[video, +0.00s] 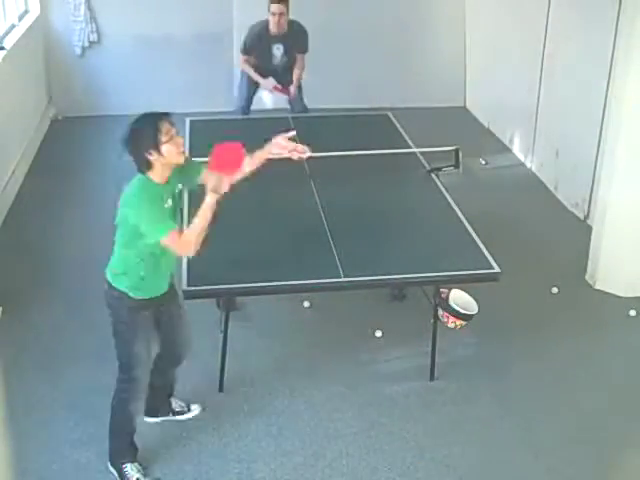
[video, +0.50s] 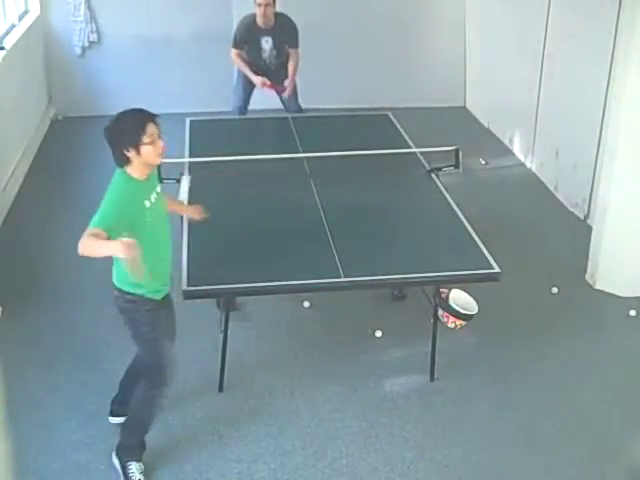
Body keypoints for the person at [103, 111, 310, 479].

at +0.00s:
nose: (181, 142)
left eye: (177, 135)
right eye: (171, 139)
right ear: (151, 154)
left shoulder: (178, 172)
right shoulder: (139, 200)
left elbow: (227, 173)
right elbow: (187, 245)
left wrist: (268, 150)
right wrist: (212, 196)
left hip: (162, 286)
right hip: (129, 294)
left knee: (174, 349)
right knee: (134, 375)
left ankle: (158, 406)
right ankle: (121, 458)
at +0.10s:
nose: (171, 135)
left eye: (165, 129)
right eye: (161, 133)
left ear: (148, 146)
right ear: (143, 149)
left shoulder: (171, 170)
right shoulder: (134, 195)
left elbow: (220, 175)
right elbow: (165, 254)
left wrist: (266, 156)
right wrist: (201, 206)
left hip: (160, 286)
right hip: (128, 295)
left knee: (171, 349)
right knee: (133, 378)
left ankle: (157, 405)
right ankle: (122, 458)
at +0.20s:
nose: (165, 131)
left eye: (160, 125)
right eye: (154, 130)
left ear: (144, 142)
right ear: (136, 147)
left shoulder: (165, 172)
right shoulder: (127, 194)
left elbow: (209, 187)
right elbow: (128, 256)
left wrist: (262, 177)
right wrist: (183, 234)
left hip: (157, 287)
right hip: (126, 296)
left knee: (166, 346)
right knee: (134, 375)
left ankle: (154, 402)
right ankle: (124, 458)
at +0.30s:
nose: (161, 130)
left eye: (157, 124)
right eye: (151, 128)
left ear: (145, 141)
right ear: (132, 146)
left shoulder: (164, 173)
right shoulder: (122, 190)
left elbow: (195, 193)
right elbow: (99, 251)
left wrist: (245, 197)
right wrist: (152, 256)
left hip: (161, 287)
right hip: (128, 297)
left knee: (168, 341)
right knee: (134, 377)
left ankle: (139, 398)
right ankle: (123, 459)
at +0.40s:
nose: (160, 137)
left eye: (156, 129)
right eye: (150, 134)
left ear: (151, 136)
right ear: (129, 149)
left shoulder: (158, 172)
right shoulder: (121, 191)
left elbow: (176, 197)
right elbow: (91, 248)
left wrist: (219, 206)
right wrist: (121, 254)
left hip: (161, 289)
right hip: (132, 298)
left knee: (165, 344)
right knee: (142, 370)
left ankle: (130, 398)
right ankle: (124, 457)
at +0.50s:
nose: (162, 144)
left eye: (159, 137)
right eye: (153, 139)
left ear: (146, 146)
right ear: (131, 150)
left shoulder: (152, 173)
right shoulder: (121, 191)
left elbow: (153, 201)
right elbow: (86, 244)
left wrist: (185, 209)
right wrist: (117, 246)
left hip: (159, 288)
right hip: (135, 297)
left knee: (155, 351)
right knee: (158, 370)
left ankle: (121, 406)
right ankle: (129, 454)